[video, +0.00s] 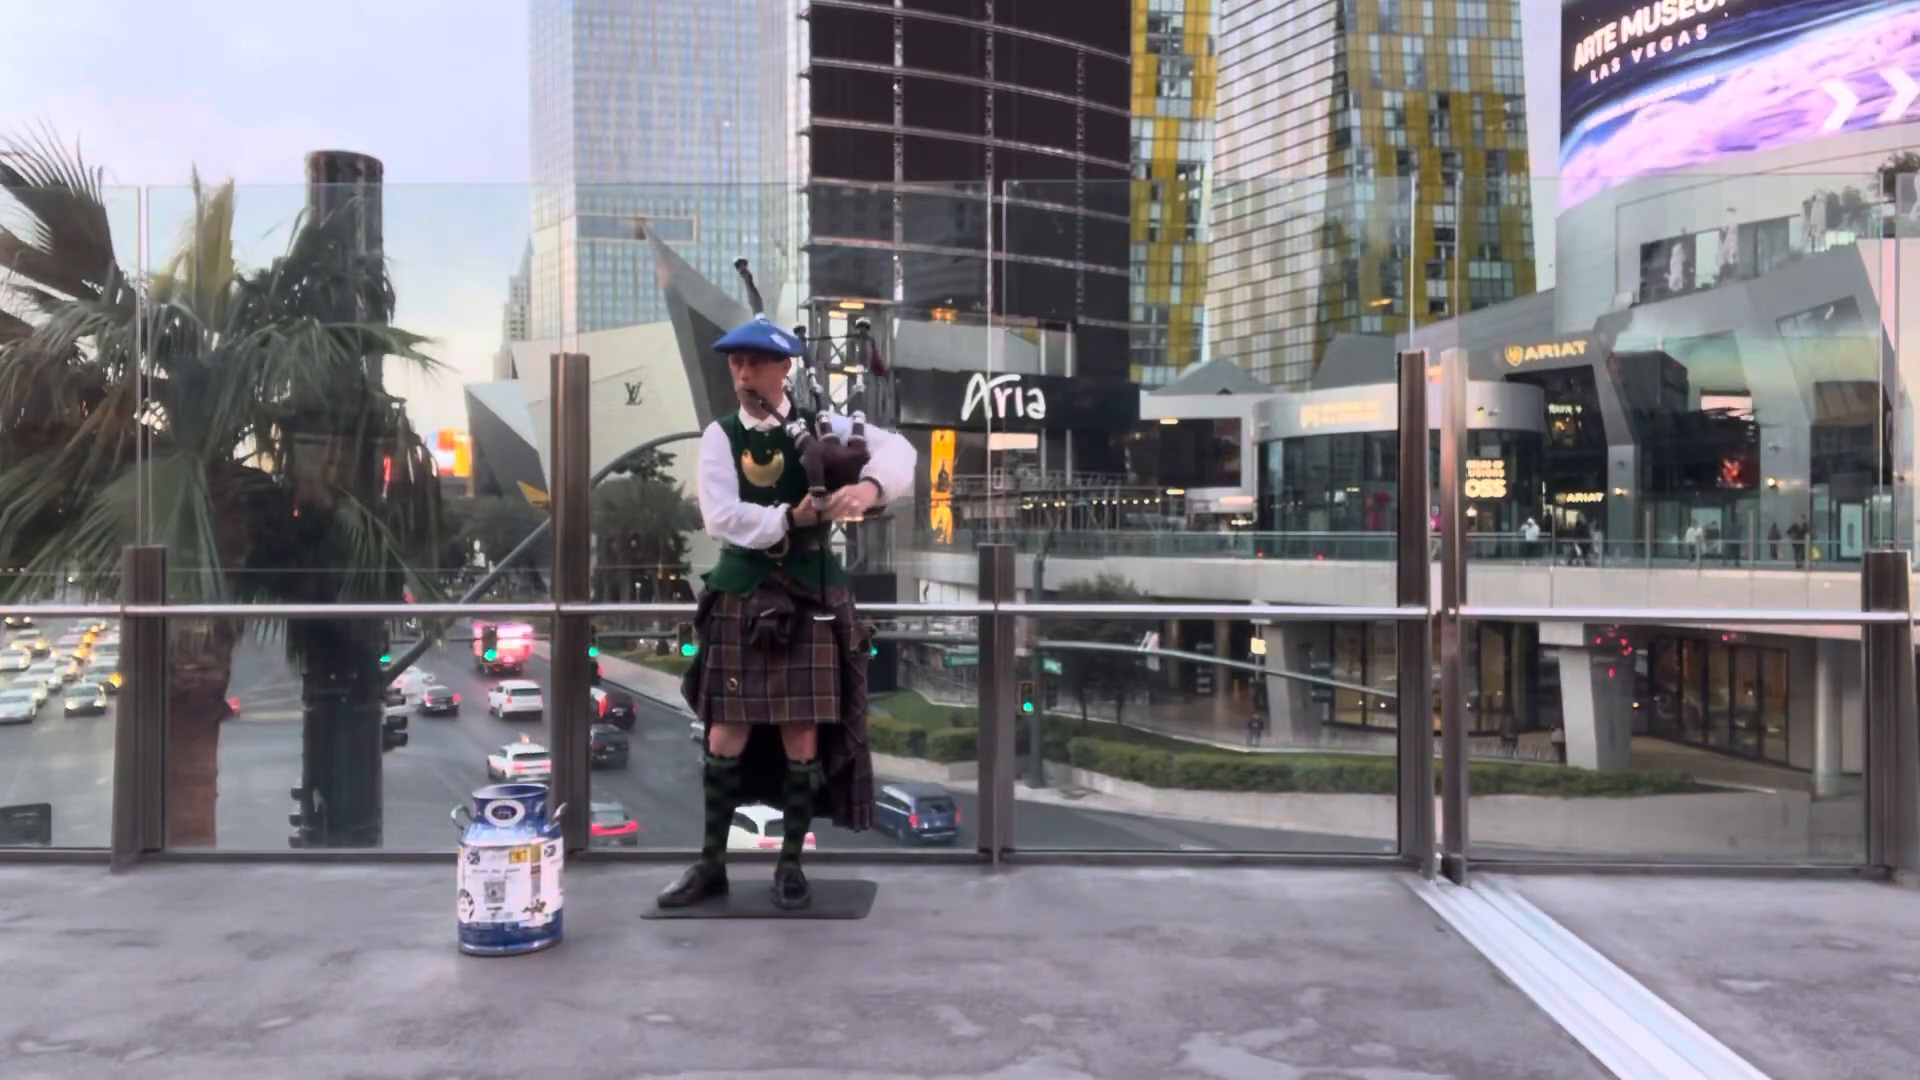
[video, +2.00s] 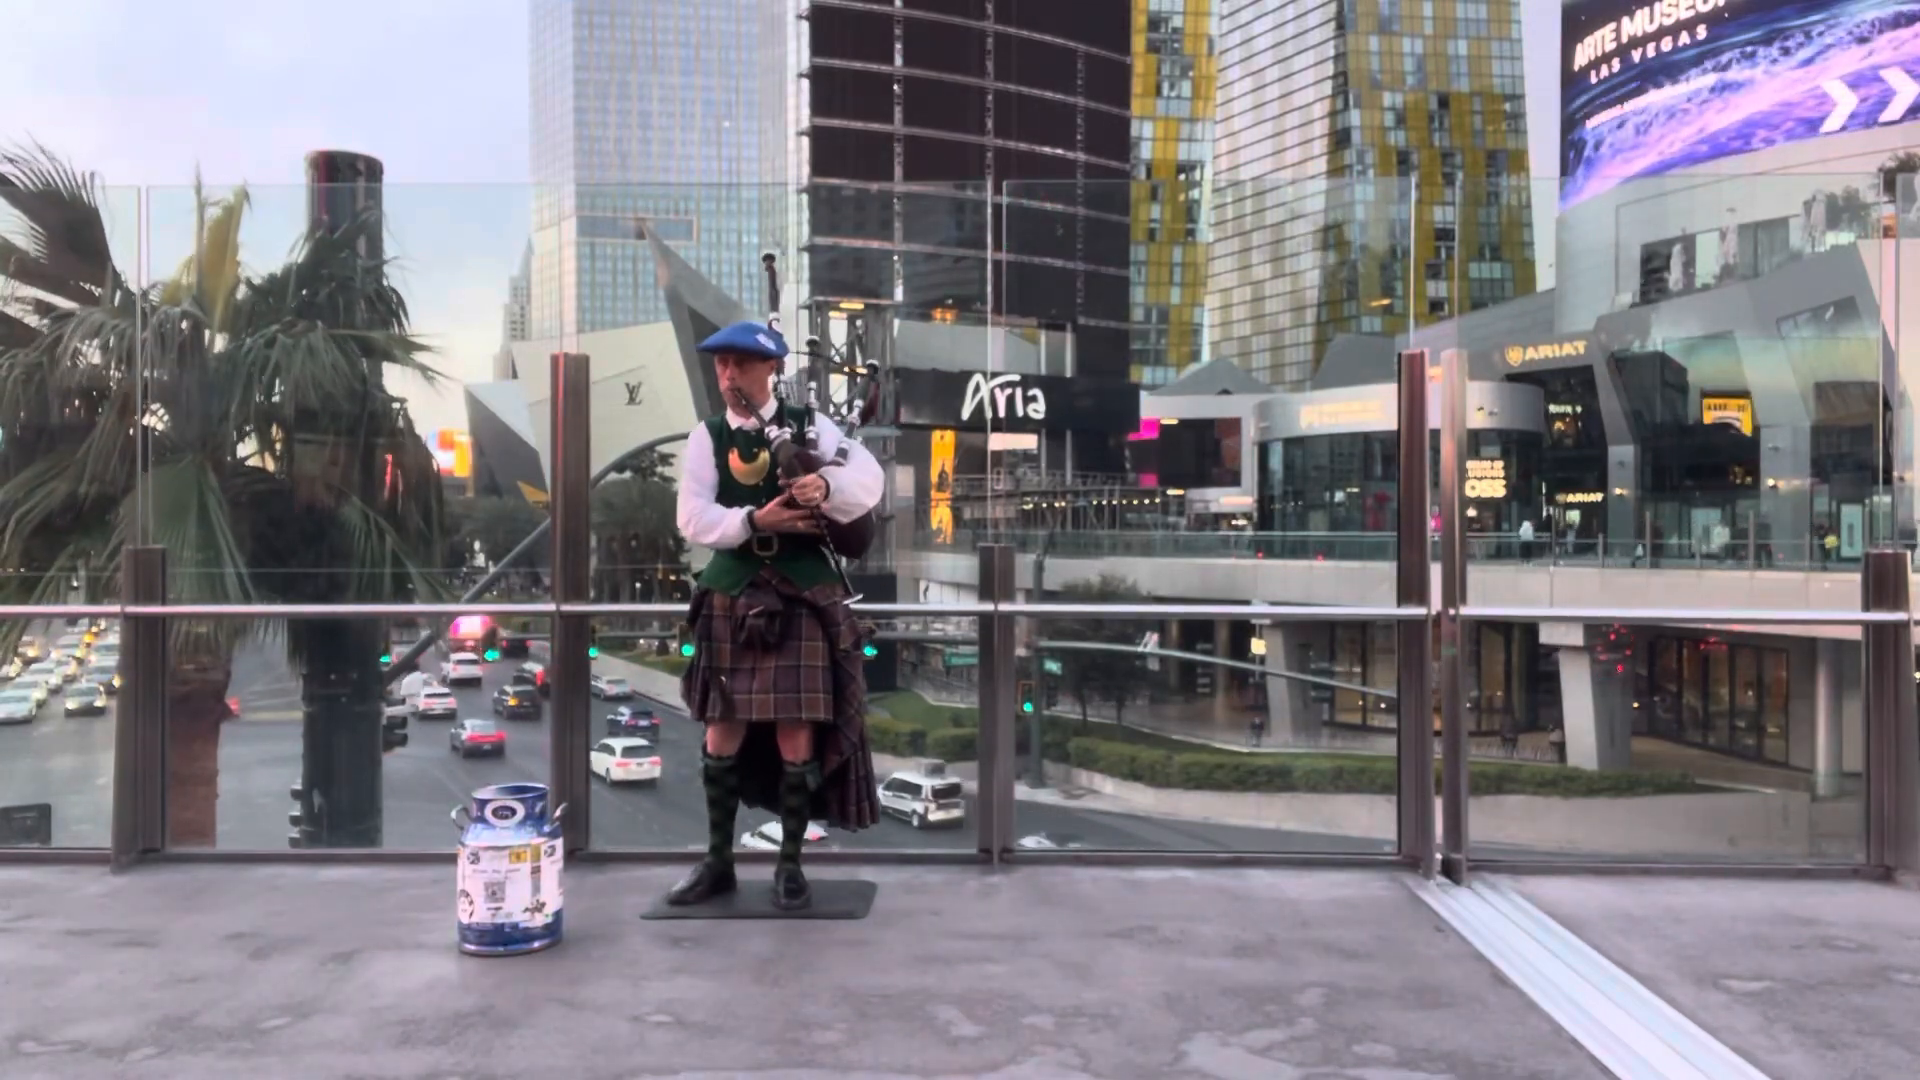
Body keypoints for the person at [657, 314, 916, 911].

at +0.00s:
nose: (740, 374)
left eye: (753, 363)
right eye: (735, 364)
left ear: (785, 367)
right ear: (731, 370)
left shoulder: (825, 424)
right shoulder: (722, 434)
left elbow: (899, 450)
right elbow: (721, 515)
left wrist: (871, 487)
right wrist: (792, 517)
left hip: (811, 595)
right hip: (741, 594)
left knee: (801, 733)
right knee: (726, 731)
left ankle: (790, 866)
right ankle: (711, 866)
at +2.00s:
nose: (727, 375)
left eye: (740, 363)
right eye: (720, 364)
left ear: (771, 368)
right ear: (716, 370)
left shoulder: (811, 425)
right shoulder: (707, 438)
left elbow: (869, 482)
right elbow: (692, 518)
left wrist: (827, 489)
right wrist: (757, 519)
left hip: (804, 591)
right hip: (731, 592)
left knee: (795, 727)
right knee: (723, 726)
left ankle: (789, 864)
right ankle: (719, 861)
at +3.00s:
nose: (677, 373)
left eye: (689, 361)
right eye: (667, 363)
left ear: (717, 365)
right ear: (658, 372)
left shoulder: (760, 429)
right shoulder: (649, 445)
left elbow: (808, 481)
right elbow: (625, 531)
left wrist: (764, 522)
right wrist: (677, 538)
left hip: (756, 594)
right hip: (684, 599)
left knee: (766, 726)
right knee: (697, 729)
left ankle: (786, 863)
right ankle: (715, 863)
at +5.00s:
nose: (742, 374)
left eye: (755, 362)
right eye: (733, 362)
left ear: (780, 370)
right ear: (721, 371)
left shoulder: (814, 430)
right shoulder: (704, 444)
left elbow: (860, 485)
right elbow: (684, 531)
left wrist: (811, 526)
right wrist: (726, 565)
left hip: (798, 597)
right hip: (725, 596)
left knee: (788, 728)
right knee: (708, 729)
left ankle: (781, 863)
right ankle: (722, 861)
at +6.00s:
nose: (742, 374)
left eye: (754, 362)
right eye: (734, 363)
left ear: (781, 368)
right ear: (724, 372)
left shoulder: (818, 427)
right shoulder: (710, 443)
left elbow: (859, 486)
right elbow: (686, 527)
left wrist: (810, 531)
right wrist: (722, 567)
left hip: (802, 594)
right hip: (730, 593)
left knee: (791, 729)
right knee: (716, 732)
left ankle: (782, 864)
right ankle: (725, 862)